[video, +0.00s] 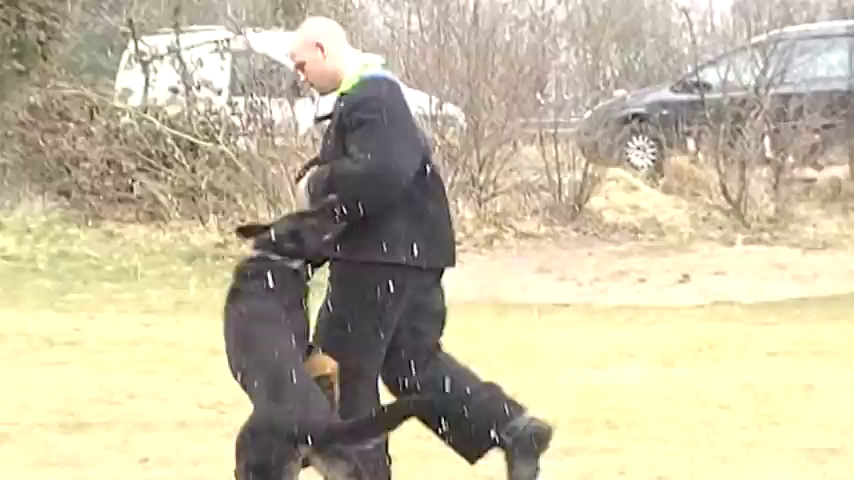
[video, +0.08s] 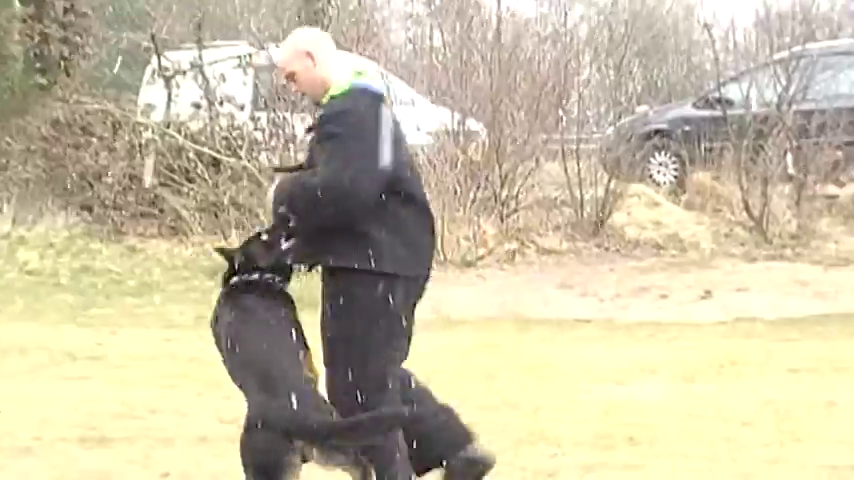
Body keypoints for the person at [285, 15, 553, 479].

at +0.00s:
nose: (302, 79)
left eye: (301, 66)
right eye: (298, 70)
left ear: (323, 50)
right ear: (326, 51)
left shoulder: (368, 94)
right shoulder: (368, 95)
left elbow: (387, 171)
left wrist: (323, 181)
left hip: (383, 253)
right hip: (410, 252)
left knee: (341, 362)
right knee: (411, 364)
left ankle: (359, 466)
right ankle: (514, 428)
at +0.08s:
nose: (293, 88)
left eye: (292, 76)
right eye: (288, 80)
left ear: (314, 58)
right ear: (317, 58)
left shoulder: (355, 103)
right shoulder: (349, 103)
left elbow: (349, 190)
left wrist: (287, 191)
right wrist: (288, 237)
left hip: (374, 263)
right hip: (364, 262)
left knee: (359, 387)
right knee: (370, 375)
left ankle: (388, 471)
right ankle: (455, 452)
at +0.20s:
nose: (245, 83)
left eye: (244, 70)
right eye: (241, 74)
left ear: (265, 54)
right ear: (279, 53)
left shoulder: (299, 103)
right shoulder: (329, 100)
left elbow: (291, 185)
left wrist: (255, 186)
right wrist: (257, 241)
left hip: (338, 268)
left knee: (366, 386)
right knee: (315, 385)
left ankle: (412, 471)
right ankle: (315, 471)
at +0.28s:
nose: (207, 79)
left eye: (205, 66)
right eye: (202, 69)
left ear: (225, 50)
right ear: (245, 48)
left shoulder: (251, 98)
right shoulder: (307, 98)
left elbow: (236, 181)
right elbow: (345, 147)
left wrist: (210, 185)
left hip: (292, 261)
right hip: (316, 255)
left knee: (345, 378)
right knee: (256, 379)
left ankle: (393, 470)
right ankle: (226, 465)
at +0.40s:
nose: (141, 69)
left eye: (143, 59)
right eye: (139, 61)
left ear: (167, 51)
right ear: (183, 49)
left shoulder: (177, 104)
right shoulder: (241, 98)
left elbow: (169, 179)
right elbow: (287, 156)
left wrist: (148, 218)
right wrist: (252, 202)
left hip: (215, 252)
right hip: (253, 248)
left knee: (249, 362)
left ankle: (336, 448)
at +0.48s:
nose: (104, 64)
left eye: (106, 53)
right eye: (102, 54)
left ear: (127, 43)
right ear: (147, 41)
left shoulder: (144, 90)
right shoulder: (204, 91)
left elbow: (142, 163)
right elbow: (247, 152)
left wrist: (108, 186)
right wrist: (212, 195)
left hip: (177, 244)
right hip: (217, 243)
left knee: (178, 359)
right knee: (189, 355)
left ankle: (263, 435)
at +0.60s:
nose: (75, 59)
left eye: (76, 47)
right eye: (72, 50)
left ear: (99, 32)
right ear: (116, 33)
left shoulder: (117, 71)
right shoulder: (164, 78)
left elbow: (110, 133)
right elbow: (196, 151)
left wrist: (69, 191)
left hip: (142, 228)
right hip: (189, 231)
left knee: (113, 347)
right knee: (188, 350)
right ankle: (212, 455)